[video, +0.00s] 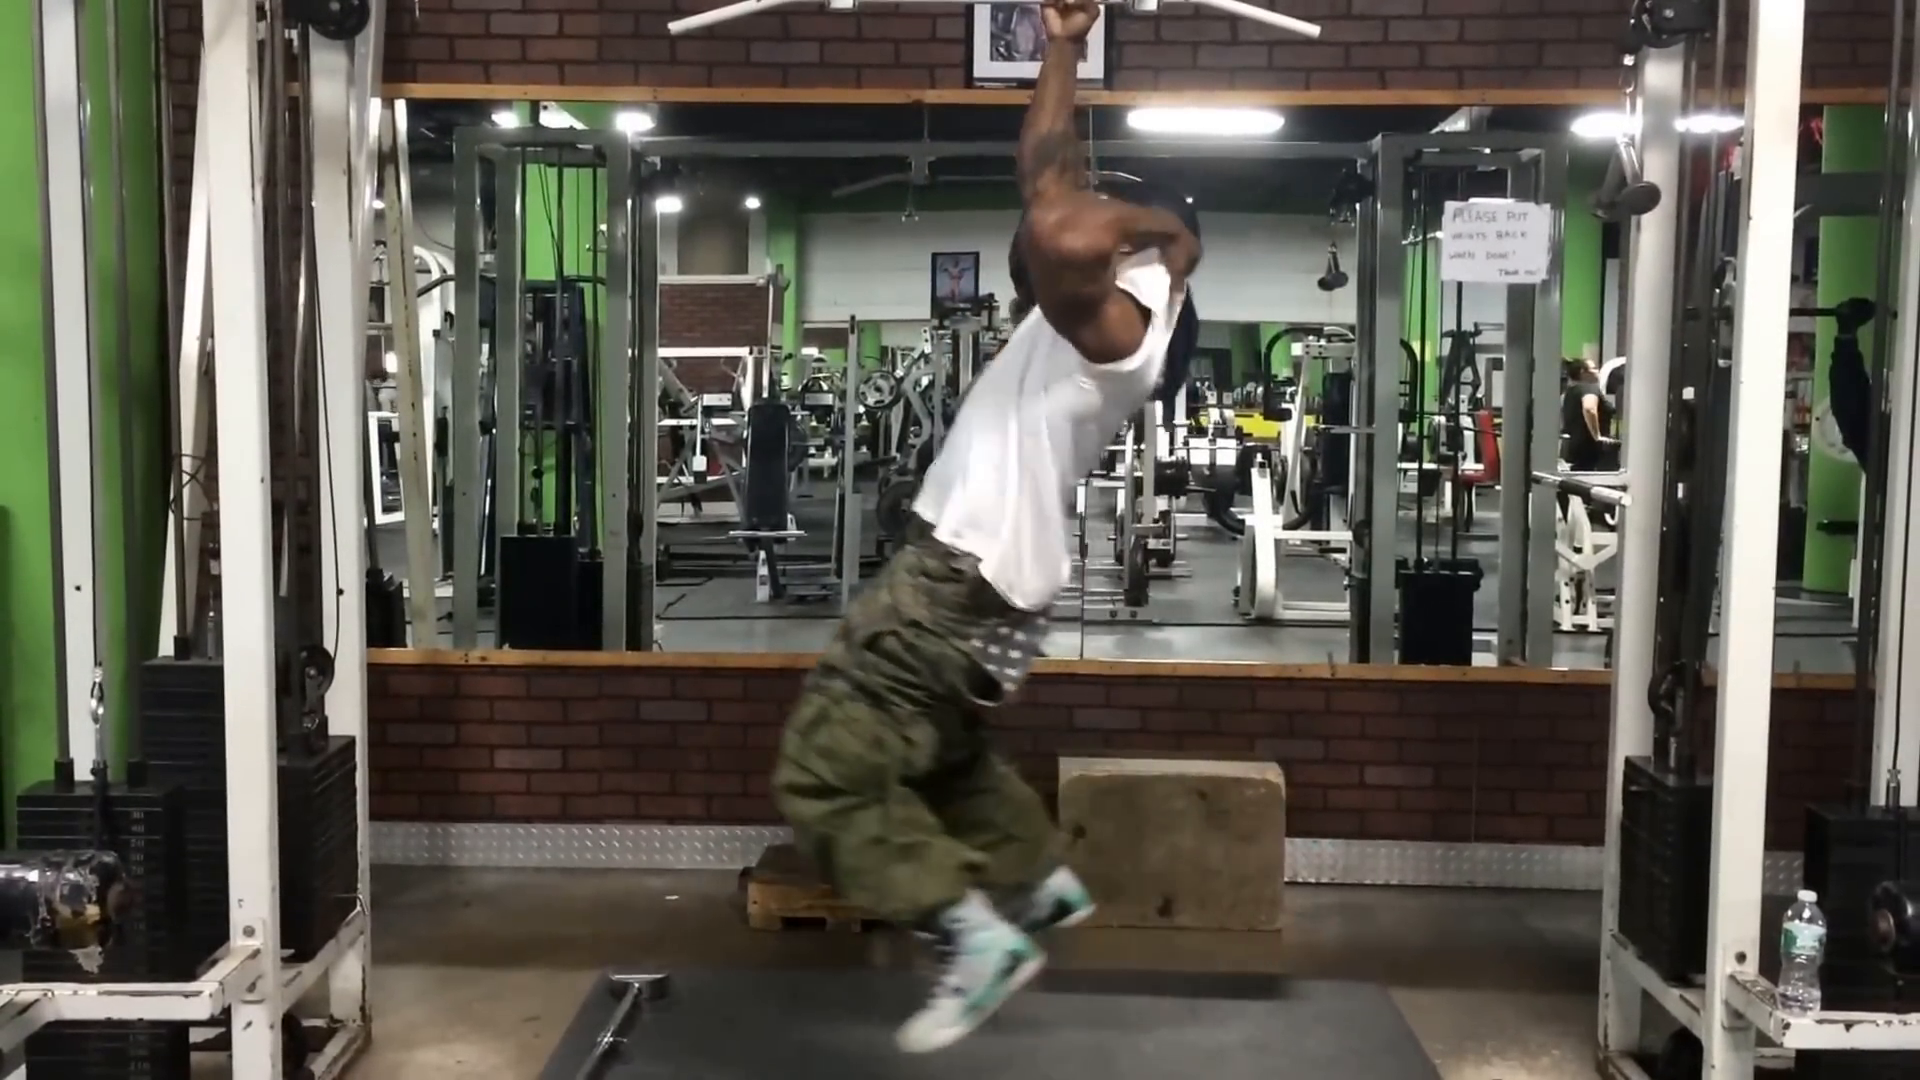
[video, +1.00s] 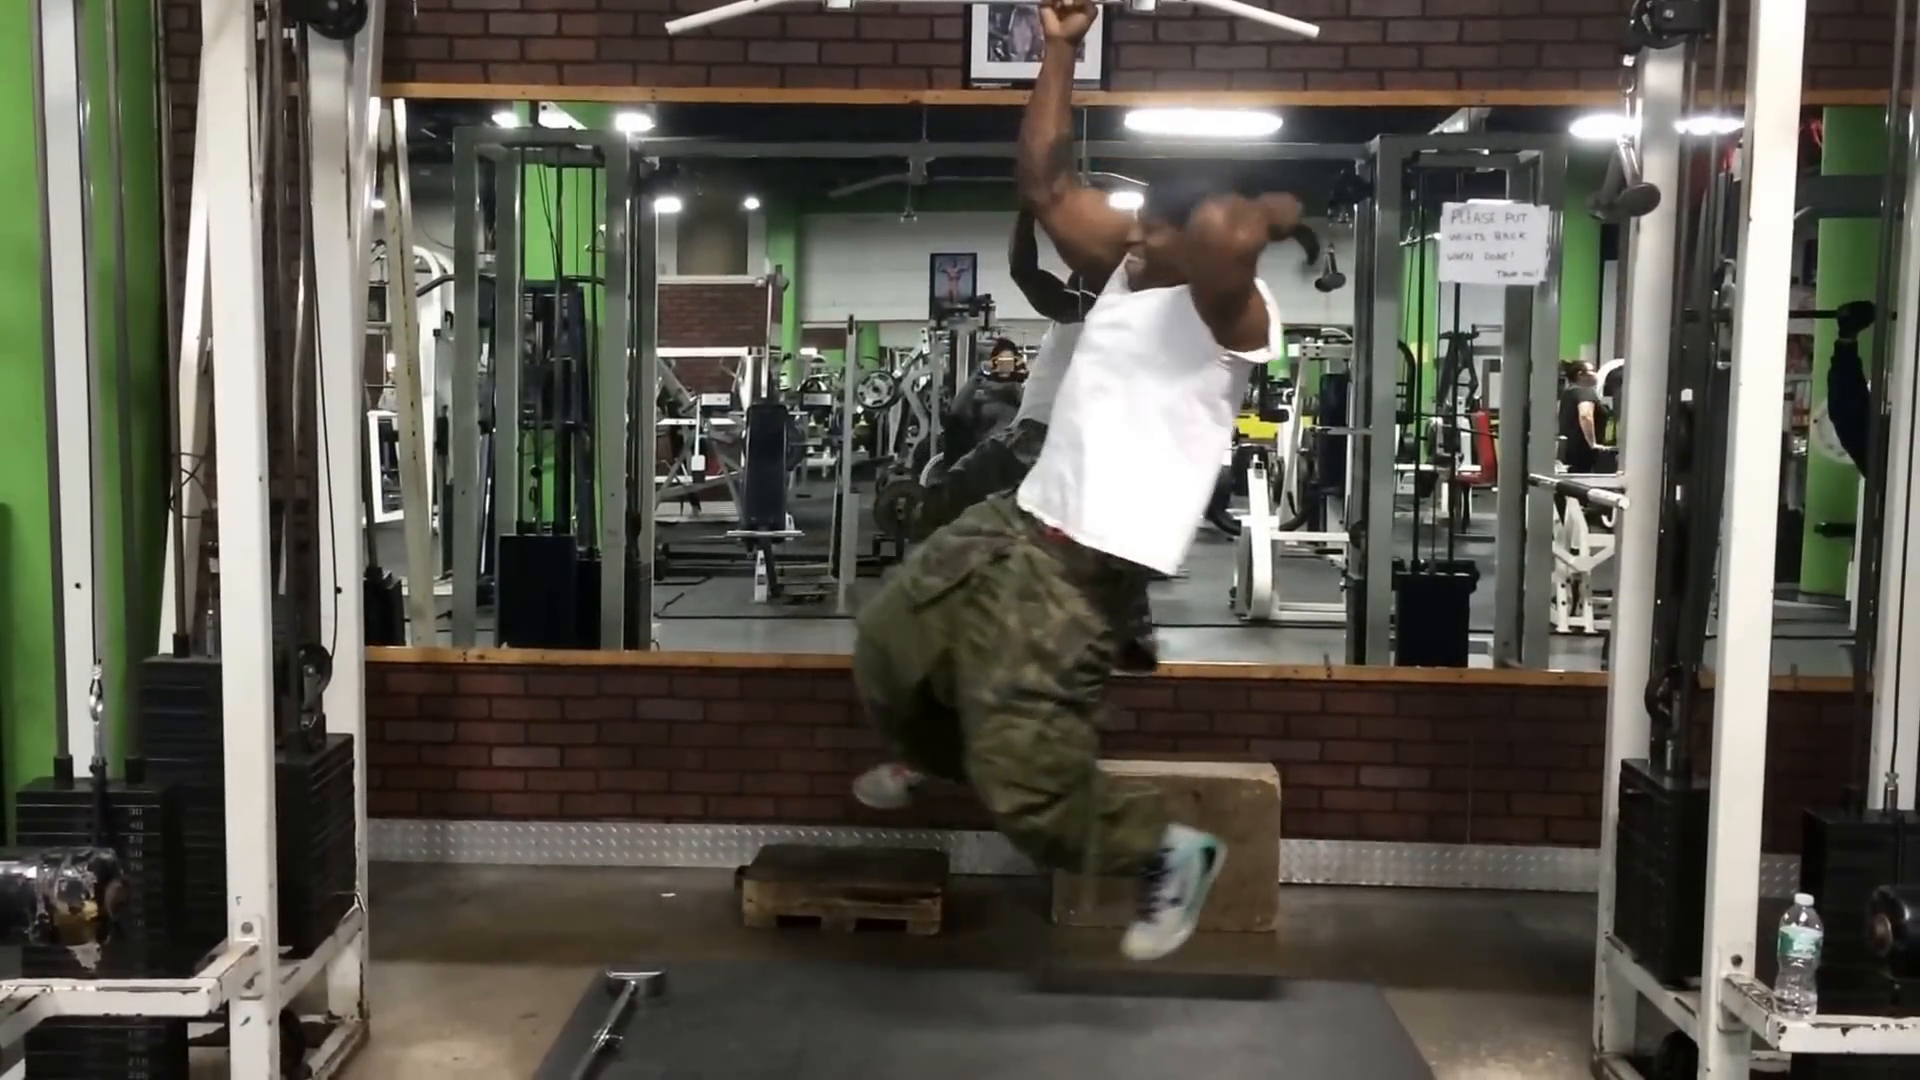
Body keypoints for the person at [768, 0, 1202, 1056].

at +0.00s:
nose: (1078, 244)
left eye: (1098, 231)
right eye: (1090, 229)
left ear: (1135, 255)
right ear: (1123, 247)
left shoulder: (1124, 335)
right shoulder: (1102, 318)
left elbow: (1053, 239)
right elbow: (1046, 176)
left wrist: (1161, 228)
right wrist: (1064, 44)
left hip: (963, 571)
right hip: (997, 581)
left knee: (827, 768)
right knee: (934, 741)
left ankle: (976, 939)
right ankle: (1035, 881)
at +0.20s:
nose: (1079, 203)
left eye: (1090, 191)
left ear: (1117, 212)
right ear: (1166, 237)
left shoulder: (1119, 299)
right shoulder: (1087, 298)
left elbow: (1064, 181)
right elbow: (1034, 175)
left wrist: (1178, 167)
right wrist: (1059, 50)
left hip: (933, 556)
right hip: (974, 568)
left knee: (759, 734)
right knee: (879, 715)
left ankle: (874, 924)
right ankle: (946, 870)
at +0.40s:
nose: (1050, 218)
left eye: (1060, 189)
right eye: (1060, 180)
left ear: (1088, 200)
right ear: (1130, 223)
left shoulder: (1108, 288)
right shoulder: (1093, 296)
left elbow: (993, 189)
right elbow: (1016, 213)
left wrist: (1068, 120)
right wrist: (1055, 61)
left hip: (951, 546)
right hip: (974, 544)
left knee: (759, 699)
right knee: (835, 666)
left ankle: (867, 894)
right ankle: (883, 848)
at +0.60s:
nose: (1086, 220)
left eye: (1097, 210)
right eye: (1095, 206)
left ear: (1118, 227)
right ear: (1144, 232)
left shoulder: (1156, 301)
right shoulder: (1101, 281)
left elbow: (1017, 212)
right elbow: (1035, 184)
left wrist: (1146, 153)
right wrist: (1056, 53)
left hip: (990, 558)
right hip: (950, 514)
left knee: (814, 721)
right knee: (800, 590)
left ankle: (946, 875)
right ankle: (843, 780)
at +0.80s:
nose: (1116, 202)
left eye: (1137, 194)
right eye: (1118, 188)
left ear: (1181, 228)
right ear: (1132, 217)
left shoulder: (1196, 316)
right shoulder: (1101, 282)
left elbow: (1152, 202)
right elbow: (1045, 187)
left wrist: (1199, 221)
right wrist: (1057, 48)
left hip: (1027, 575)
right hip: (969, 518)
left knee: (910, 752)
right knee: (839, 603)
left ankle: (1068, 872)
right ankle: (861, 735)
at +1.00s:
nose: (1171, 225)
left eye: (1194, 219)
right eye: (1174, 213)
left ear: (1232, 238)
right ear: (1164, 215)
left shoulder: (1233, 317)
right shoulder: (1131, 249)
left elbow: (1216, 256)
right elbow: (1045, 183)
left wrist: (1249, 214)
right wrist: (1058, 51)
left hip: (1085, 572)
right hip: (1015, 522)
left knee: (1017, 784)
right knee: (887, 643)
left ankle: (1172, 851)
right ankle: (938, 765)